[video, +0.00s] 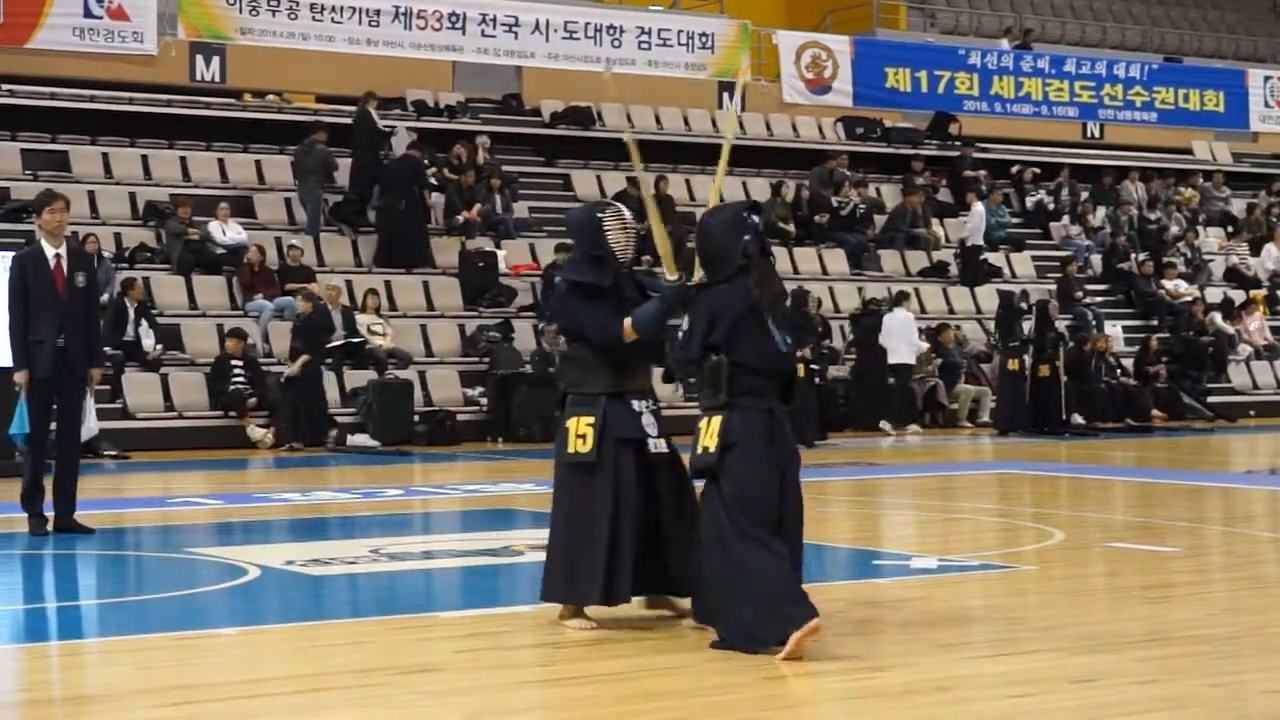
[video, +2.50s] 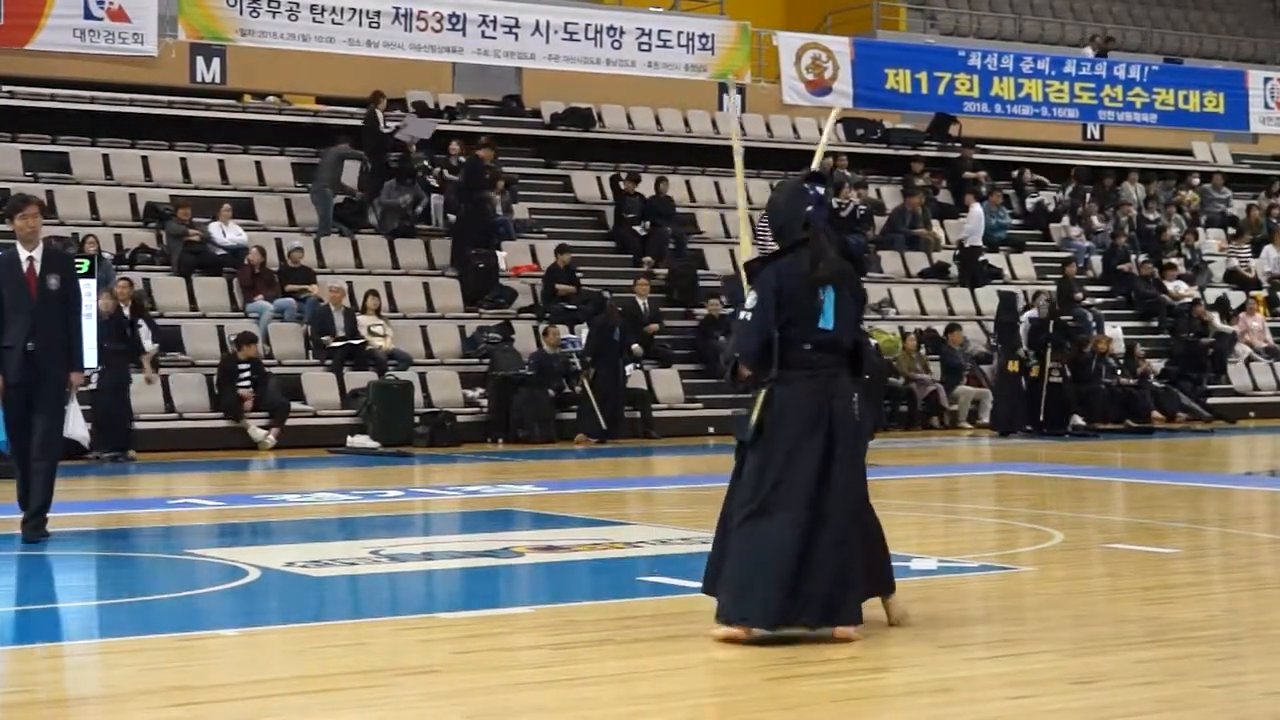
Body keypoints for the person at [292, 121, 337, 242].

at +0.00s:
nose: (325, 137)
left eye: (325, 134)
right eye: (323, 134)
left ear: (312, 134)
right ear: (319, 135)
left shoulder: (299, 150)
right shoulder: (322, 150)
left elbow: (296, 169)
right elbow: (334, 166)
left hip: (302, 188)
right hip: (315, 189)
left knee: (312, 219)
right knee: (313, 221)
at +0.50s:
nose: (327, 137)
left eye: (326, 135)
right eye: (325, 135)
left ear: (315, 135)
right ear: (322, 136)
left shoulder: (307, 148)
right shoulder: (325, 148)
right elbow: (340, 162)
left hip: (309, 185)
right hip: (321, 186)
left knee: (316, 218)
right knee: (321, 220)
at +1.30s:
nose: (332, 141)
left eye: (332, 138)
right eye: (332, 138)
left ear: (321, 137)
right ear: (329, 138)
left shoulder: (312, 149)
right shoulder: (325, 149)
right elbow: (335, 163)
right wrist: (348, 169)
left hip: (310, 188)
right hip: (320, 189)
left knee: (316, 221)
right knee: (322, 222)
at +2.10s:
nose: (345, 147)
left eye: (346, 145)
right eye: (345, 144)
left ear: (335, 142)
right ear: (343, 142)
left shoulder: (326, 152)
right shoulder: (336, 149)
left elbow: (334, 183)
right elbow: (352, 153)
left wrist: (353, 190)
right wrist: (363, 158)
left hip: (316, 191)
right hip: (323, 191)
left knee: (324, 225)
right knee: (324, 226)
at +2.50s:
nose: (348, 150)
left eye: (348, 148)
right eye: (347, 147)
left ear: (337, 144)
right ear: (345, 145)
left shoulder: (329, 154)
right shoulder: (338, 151)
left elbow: (335, 184)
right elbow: (361, 154)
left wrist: (354, 193)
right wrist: (365, 161)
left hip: (317, 190)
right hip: (324, 190)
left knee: (325, 225)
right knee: (325, 226)